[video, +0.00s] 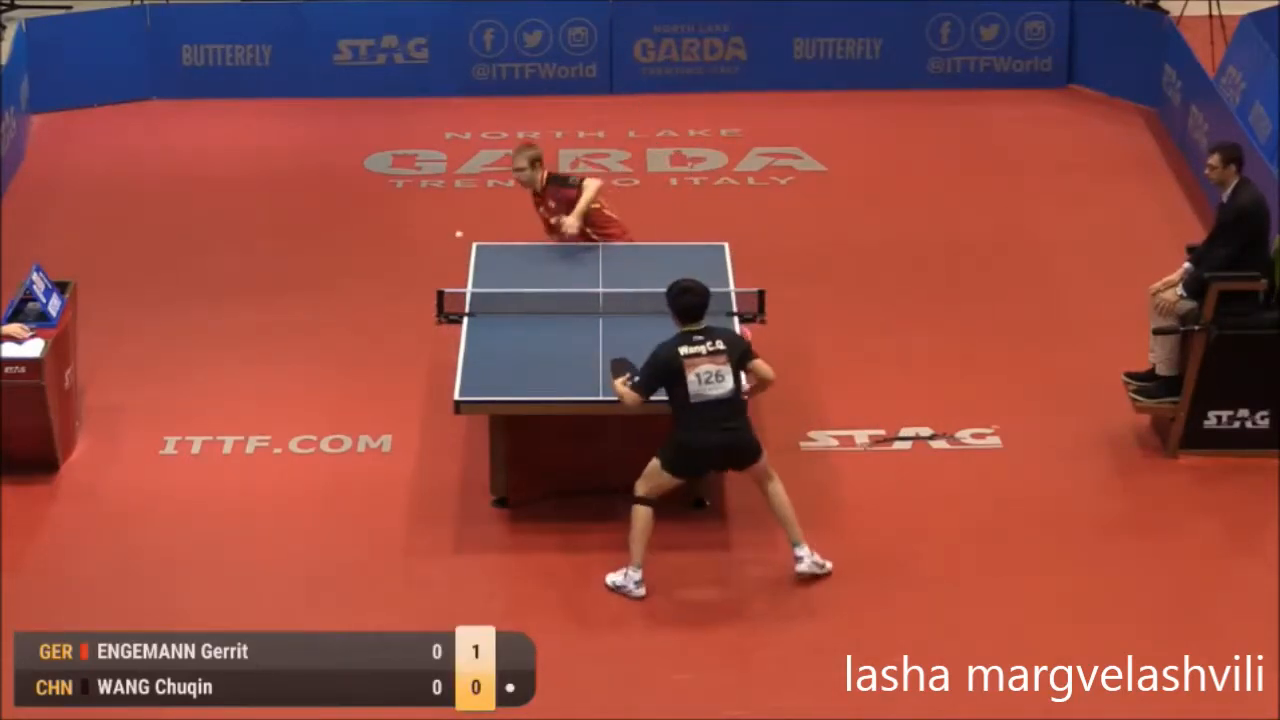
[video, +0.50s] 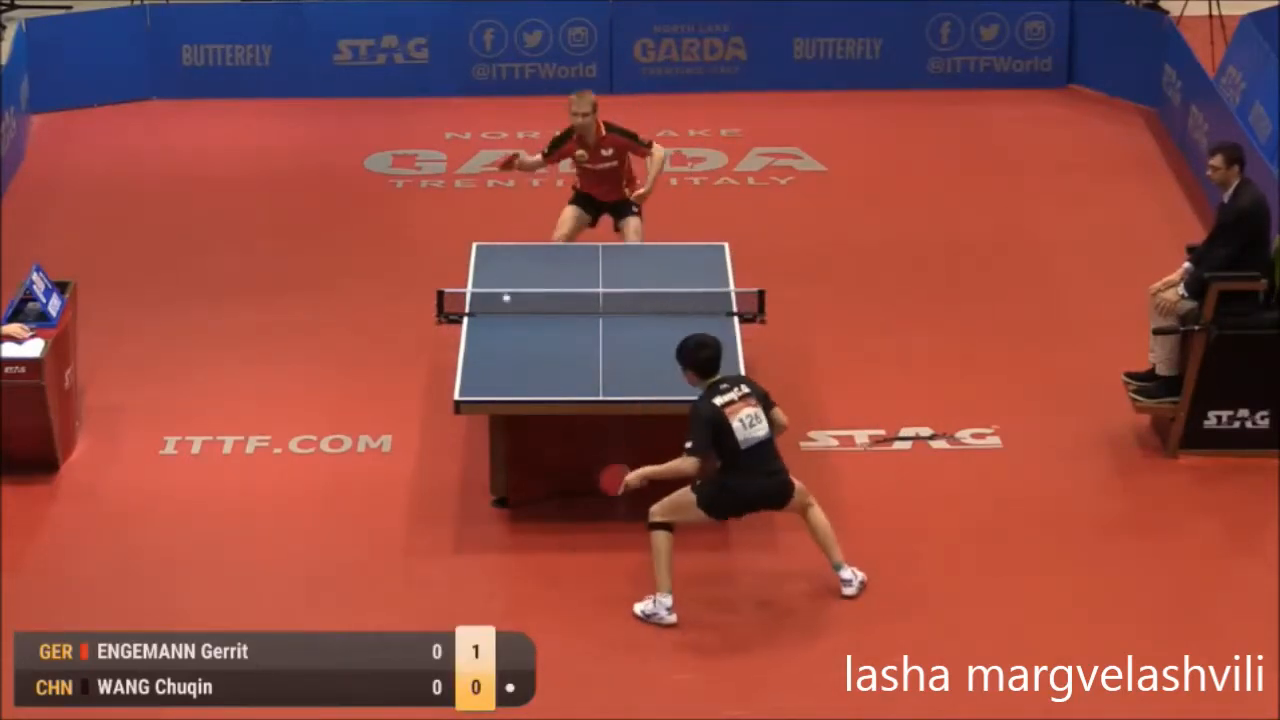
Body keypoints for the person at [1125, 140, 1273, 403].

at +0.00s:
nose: (1206, 173)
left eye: (1212, 168)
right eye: (1207, 167)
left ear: (1231, 168)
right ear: (1227, 169)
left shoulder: (1244, 203)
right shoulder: (1234, 197)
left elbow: (1221, 256)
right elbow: (1211, 246)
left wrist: (1183, 289)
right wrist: (1179, 274)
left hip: (1239, 292)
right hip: (1225, 282)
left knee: (1165, 306)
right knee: (1158, 297)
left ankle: (1169, 379)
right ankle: (1159, 369)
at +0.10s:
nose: (1206, 173)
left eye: (1212, 168)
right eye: (1207, 167)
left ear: (1231, 168)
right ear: (1227, 169)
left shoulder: (1244, 203)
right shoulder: (1234, 197)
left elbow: (1221, 256)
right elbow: (1211, 246)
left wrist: (1183, 289)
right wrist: (1179, 274)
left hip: (1239, 292)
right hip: (1225, 282)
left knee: (1165, 306)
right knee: (1158, 297)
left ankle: (1170, 379)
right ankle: (1159, 369)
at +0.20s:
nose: (1206, 173)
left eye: (1212, 168)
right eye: (1207, 167)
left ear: (1231, 168)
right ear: (1227, 169)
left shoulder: (1244, 203)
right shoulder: (1233, 197)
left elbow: (1221, 257)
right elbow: (1211, 246)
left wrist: (1183, 290)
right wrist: (1180, 274)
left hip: (1239, 292)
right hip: (1225, 282)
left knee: (1165, 306)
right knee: (1158, 297)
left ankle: (1170, 379)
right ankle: (1159, 369)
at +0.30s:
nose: (1208, 174)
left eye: (1213, 168)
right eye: (1208, 168)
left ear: (1232, 168)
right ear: (1226, 170)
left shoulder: (1245, 203)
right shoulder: (1233, 198)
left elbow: (1221, 257)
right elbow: (1211, 246)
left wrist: (1183, 290)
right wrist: (1180, 274)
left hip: (1239, 292)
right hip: (1225, 282)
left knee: (1165, 306)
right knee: (1158, 297)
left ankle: (1170, 379)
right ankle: (1159, 369)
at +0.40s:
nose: (1208, 174)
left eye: (1214, 168)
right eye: (1208, 168)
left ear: (1233, 168)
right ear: (1226, 170)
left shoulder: (1245, 204)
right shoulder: (1233, 198)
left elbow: (1222, 257)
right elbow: (1211, 246)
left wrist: (1183, 289)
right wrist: (1179, 274)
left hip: (1238, 292)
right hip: (1224, 282)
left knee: (1166, 306)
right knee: (1158, 297)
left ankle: (1170, 379)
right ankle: (1159, 369)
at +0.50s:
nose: (1208, 174)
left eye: (1214, 168)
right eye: (1208, 168)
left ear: (1234, 169)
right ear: (1228, 170)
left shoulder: (1246, 203)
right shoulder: (1234, 198)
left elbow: (1222, 257)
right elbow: (1211, 245)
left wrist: (1183, 290)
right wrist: (1181, 273)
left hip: (1238, 292)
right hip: (1224, 282)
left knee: (1165, 305)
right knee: (1158, 296)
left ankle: (1170, 379)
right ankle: (1159, 369)